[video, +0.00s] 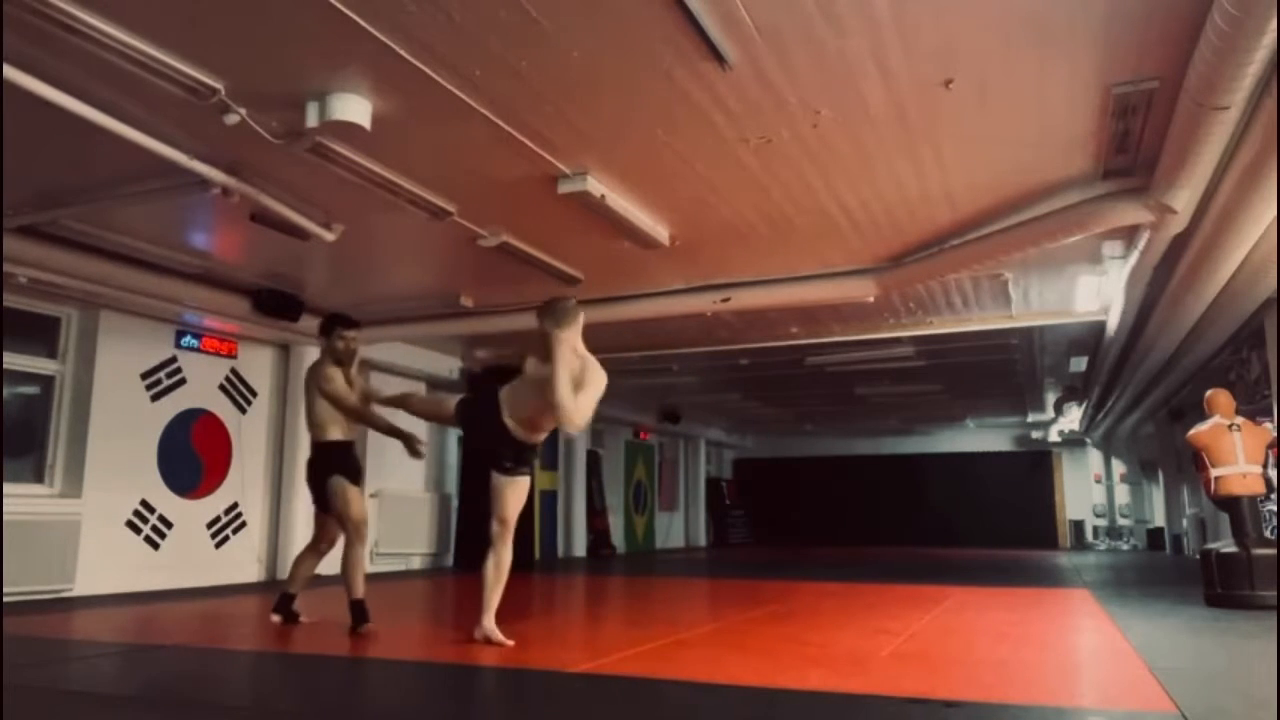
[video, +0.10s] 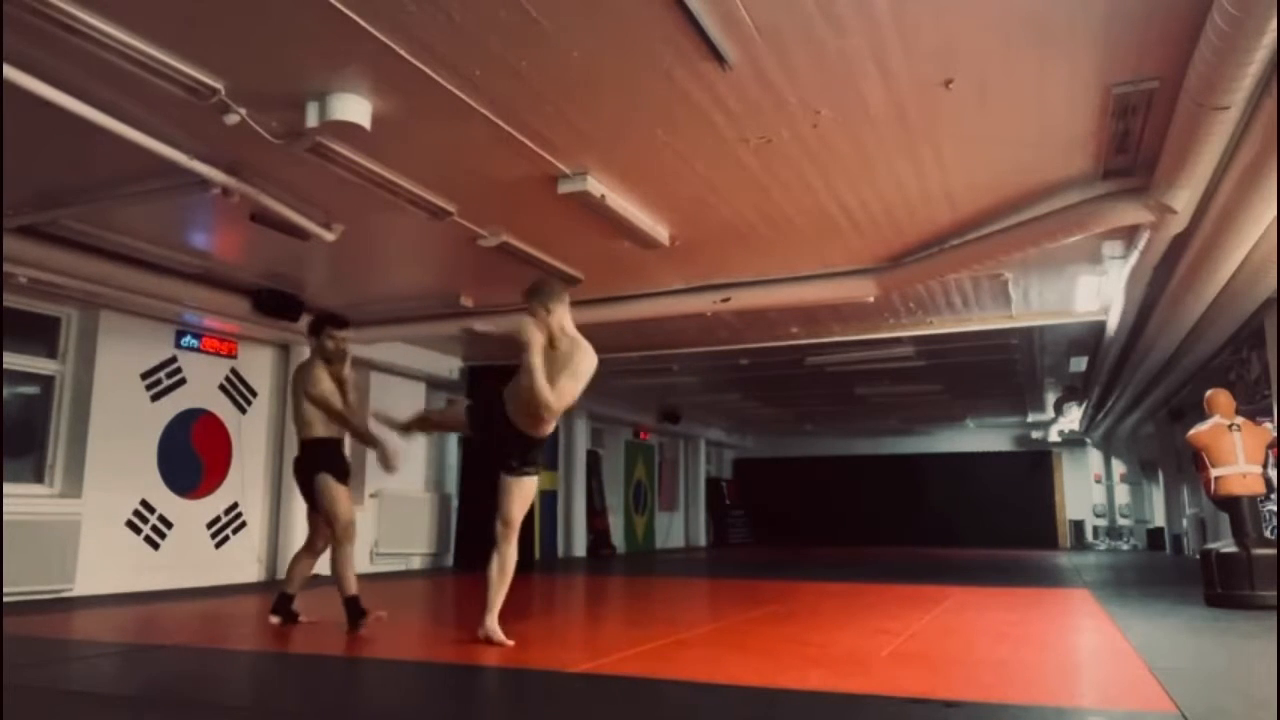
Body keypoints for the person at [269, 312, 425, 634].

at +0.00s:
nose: (350, 346)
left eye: (354, 340)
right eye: (343, 339)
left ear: (357, 342)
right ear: (326, 340)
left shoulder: (348, 372)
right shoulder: (323, 372)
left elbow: (371, 400)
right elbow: (355, 410)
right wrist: (402, 436)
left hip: (344, 458)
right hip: (329, 459)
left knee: (324, 540)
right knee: (357, 531)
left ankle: (285, 602)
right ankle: (359, 614)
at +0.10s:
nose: (340, 346)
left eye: (344, 340)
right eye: (333, 339)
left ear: (346, 341)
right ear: (316, 340)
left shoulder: (331, 372)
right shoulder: (310, 372)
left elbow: (352, 416)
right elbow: (339, 413)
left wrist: (345, 380)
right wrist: (378, 445)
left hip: (332, 457)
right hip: (317, 458)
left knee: (317, 541)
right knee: (344, 530)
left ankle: (283, 603)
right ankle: (355, 611)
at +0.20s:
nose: (333, 344)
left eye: (337, 338)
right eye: (326, 337)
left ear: (339, 339)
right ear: (308, 337)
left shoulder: (327, 370)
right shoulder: (303, 371)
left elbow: (350, 411)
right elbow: (328, 415)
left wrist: (341, 381)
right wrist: (353, 458)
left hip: (326, 452)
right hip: (309, 453)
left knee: (312, 537)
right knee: (340, 522)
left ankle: (282, 601)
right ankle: (334, 604)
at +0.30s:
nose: (329, 342)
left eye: (333, 336)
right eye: (322, 335)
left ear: (334, 338)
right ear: (303, 336)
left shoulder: (322, 369)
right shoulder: (297, 370)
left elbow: (345, 409)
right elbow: (317, 419)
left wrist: (336, 378)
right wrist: (337, 461)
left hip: (317, 448)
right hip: (302, 449)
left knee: (307, 535)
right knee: (338, 522)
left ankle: (282, 599)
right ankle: (312, 599)